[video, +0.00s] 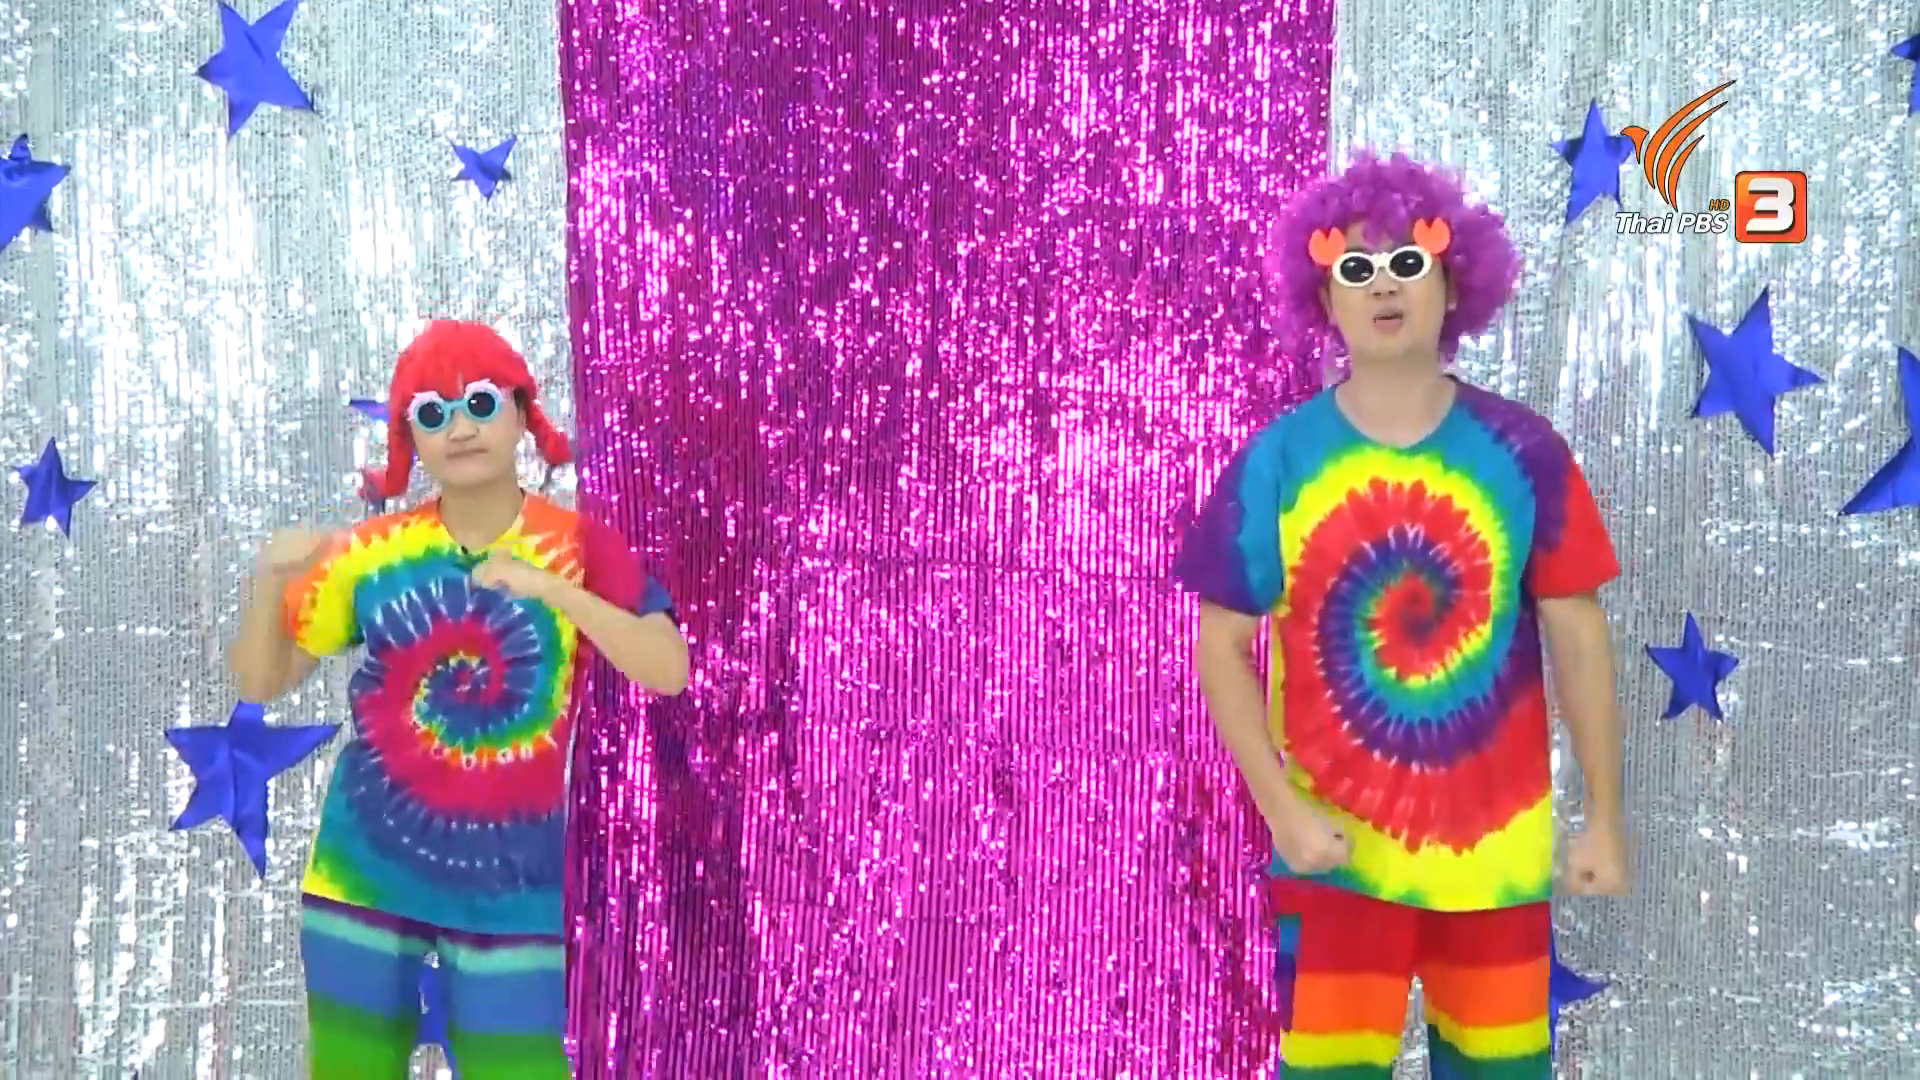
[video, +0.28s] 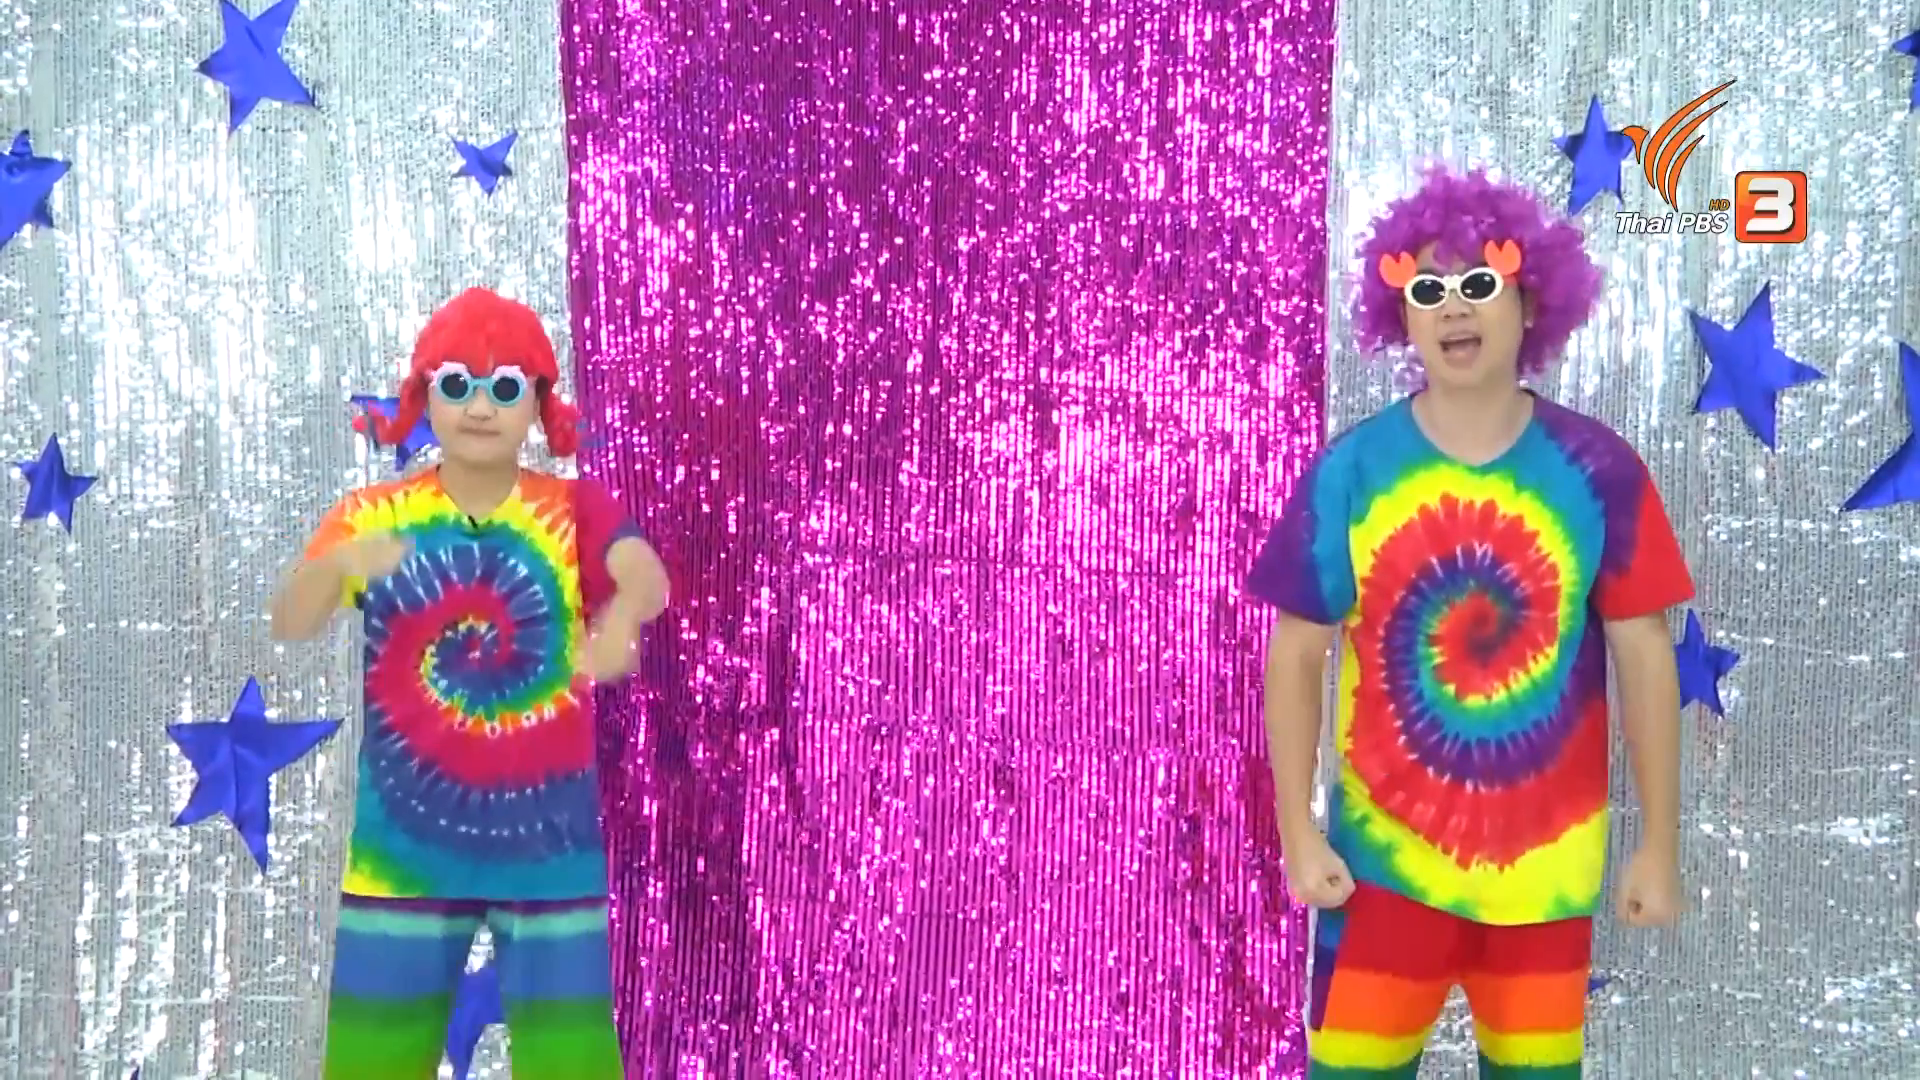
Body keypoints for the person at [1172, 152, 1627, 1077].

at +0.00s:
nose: (1383, 286)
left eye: (1408, 263)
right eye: (1357, 268)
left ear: (1449, 289)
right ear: (1327, 299)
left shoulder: (1526, 450)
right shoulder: (1279, 458)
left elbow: (1577, 633)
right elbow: (1222, 644)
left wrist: (1603, 812)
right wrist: (1279, 801)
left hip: (1498, 858)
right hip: (1343, 856)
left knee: (1503, 1063)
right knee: (1335, 1064)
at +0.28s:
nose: (1454, 310)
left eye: (1480, 285)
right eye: (1429, 289)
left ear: (1525, 305)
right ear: (1401, 316)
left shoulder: (1599, 468)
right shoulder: (1351, 470)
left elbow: (1644, 653)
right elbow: (1297, 655)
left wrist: (1658, 841)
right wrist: (1296, 829)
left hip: (1546, 866)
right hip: (1392, 862)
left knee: (1540, 1066)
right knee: (1352, 1064)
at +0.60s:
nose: (1467, 283)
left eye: (1493, 259)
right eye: (1443, 263)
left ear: (1540, 280)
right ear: (1417, 288)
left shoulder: (1610, 445)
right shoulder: (1361, 438)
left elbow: (1650, 637)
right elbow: (1309, 617)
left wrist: (1642, 816)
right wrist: (1283, 786)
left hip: (1546, 843)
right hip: (1388, 834)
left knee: (1544, 1063)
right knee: (1358, 1058)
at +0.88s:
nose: (1420, 302)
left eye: (1446, 279)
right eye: (1396, 281)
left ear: (1492, 303)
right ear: (1368, 307)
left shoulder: (1561, 466)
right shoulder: (1319, 461)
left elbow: (1601, 659)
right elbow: (1275, 636)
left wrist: (1594, 844)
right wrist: (1251, 802)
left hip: (1514, 862)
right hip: (1359, 859)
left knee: (1517, 1065)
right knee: (1339, 1064)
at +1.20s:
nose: (1313, 272)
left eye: (1341, 250)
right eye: (1291, 253)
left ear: (1389, 275)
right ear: (1267, 278)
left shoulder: (1468, 428)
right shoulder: (1233, 441)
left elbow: (1509, 621)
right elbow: (1202, 616)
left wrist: (1506, 809)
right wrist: (1176, 782)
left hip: (1440, 817)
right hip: (1292, 821)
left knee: (1466, 1053)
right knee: (1308, 1056)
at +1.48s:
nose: (1278, 298)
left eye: (1304, 276)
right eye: (1255, 280)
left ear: (1354, 305)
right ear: (1233, 315)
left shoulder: (1442, 466)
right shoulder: (1220, 488)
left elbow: (1486, 657)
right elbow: (1179, 661)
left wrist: (1450, 845)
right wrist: (1124, 824)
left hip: (1423, 862)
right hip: (1276, 866)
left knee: (1447, 1066)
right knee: (1276, 1067)